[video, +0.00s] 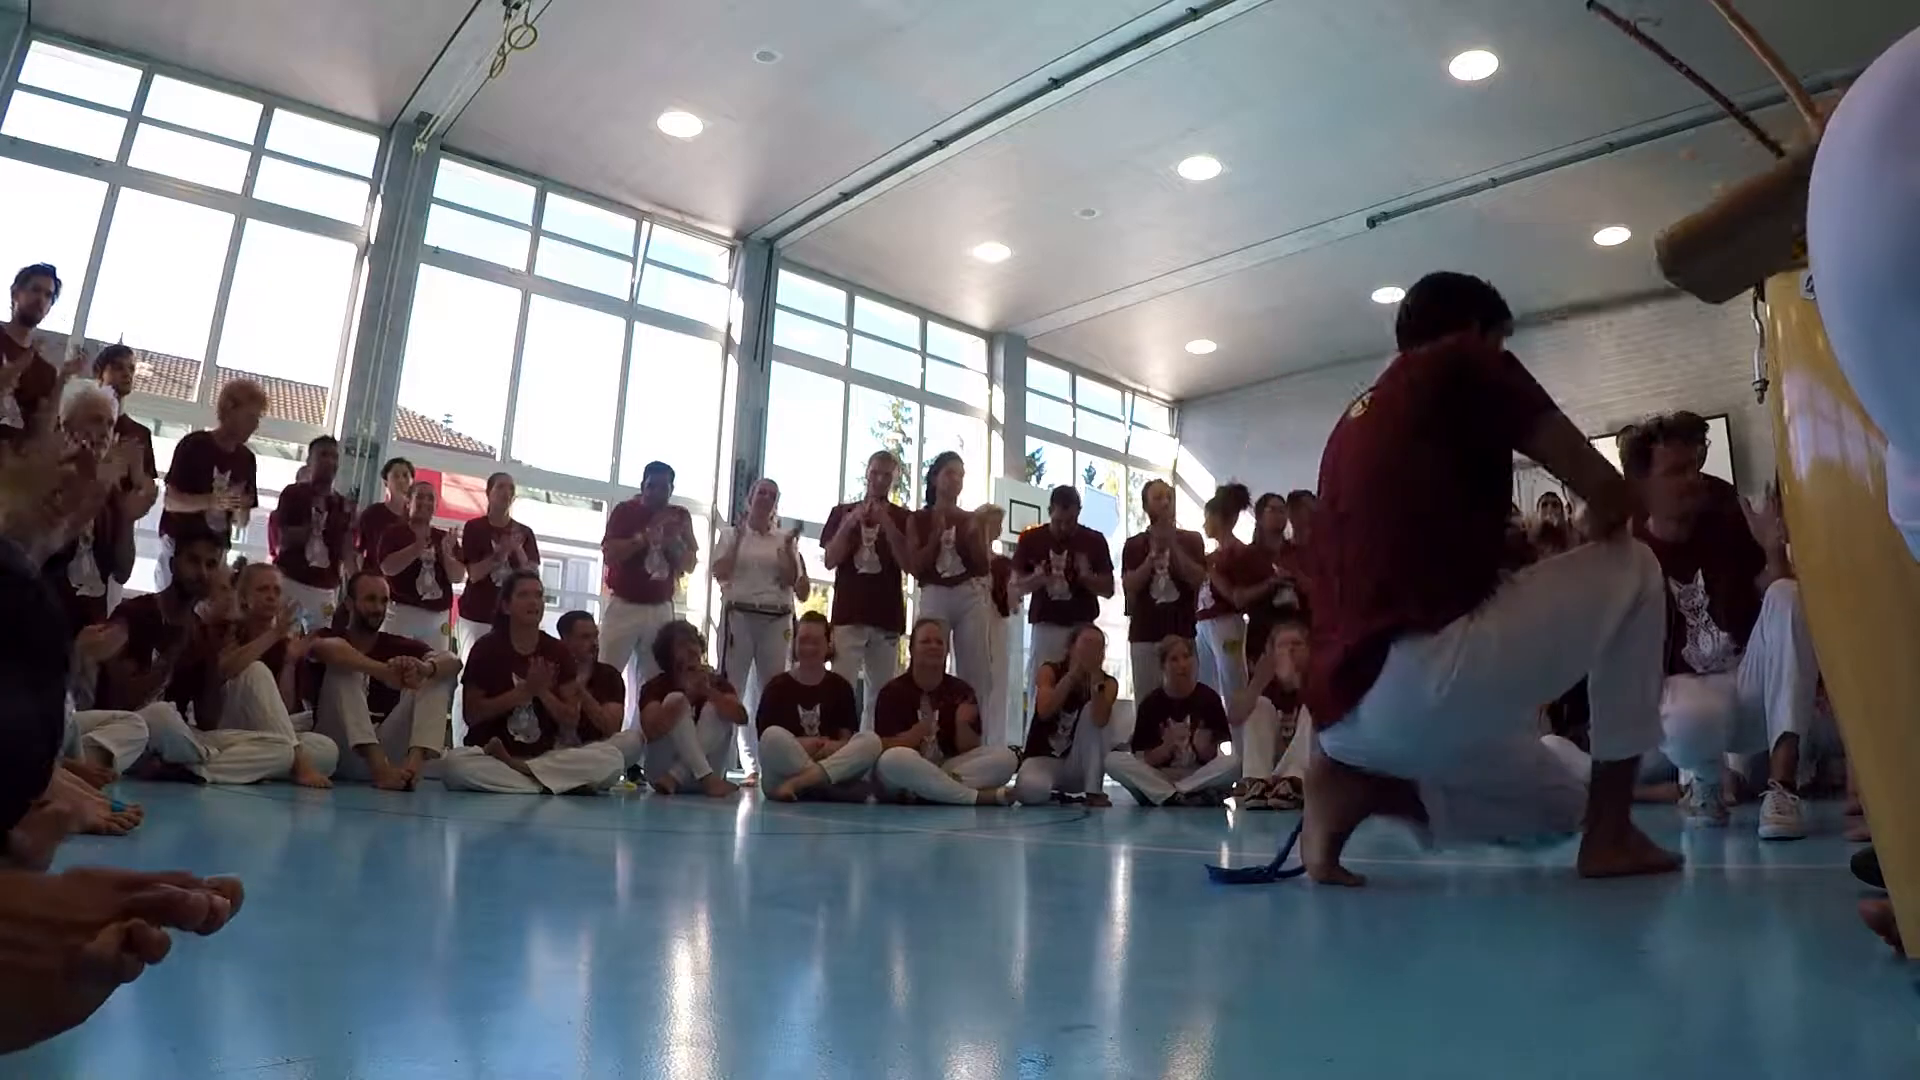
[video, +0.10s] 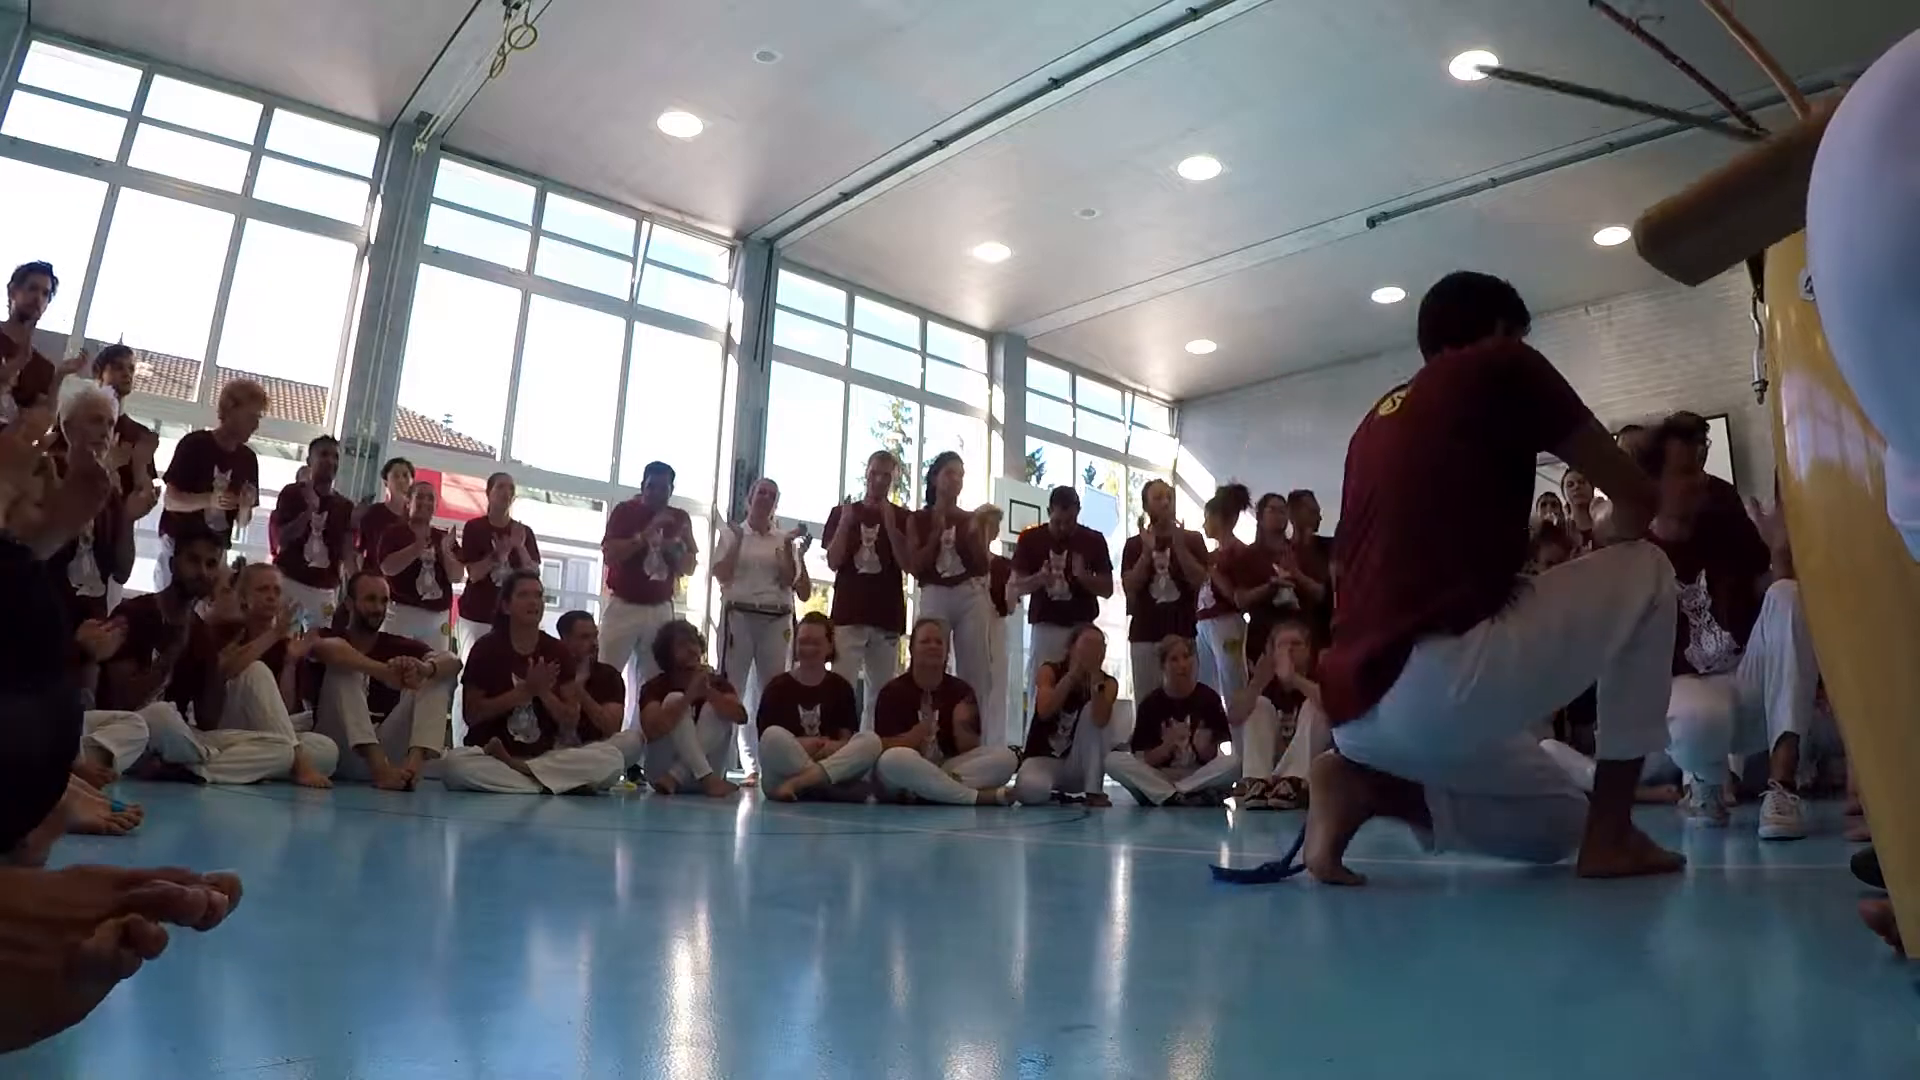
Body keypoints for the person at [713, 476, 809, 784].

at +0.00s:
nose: (765, 499)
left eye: (770, 495)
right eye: (761, 493)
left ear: (776, 502)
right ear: (749, 497)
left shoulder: (785, 540)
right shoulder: (733, 535)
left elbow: (800, 589)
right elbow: (720, 573)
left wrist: (789, 557)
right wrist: (738, 538)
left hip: (776, 617)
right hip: (738, 615)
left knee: (773, 690)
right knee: (731, 689)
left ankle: (770, 763)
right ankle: (723, 763)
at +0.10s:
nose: (765, 498)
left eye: (770, 495)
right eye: (761, 493)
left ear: (776, 502)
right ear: (749, 497)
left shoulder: (784, 540)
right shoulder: (733, 533)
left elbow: (797, 585)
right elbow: (722, 575)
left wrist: (788, 552)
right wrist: (736, 538)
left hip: (777, 617)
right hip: (738, 615)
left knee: (773, 691)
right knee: (730, 690)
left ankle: (769, 763)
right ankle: (722, 763)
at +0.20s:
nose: (764, 499)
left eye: (770, 496)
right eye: (760, 494)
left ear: (776, 503)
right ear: (749, 498)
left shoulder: (785, 538)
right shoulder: (731, 534)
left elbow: (795, 583)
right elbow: (723, 575)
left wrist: (770, 550)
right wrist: (756, 550)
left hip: (776, 619)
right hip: (737, 617)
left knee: (775, 692)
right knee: (730, 691)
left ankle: (774, 763)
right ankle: (726, 765)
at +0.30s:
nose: (764, 499)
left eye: (770, 495)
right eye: (760, 493)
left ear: (775, 502)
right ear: (749, 498)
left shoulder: (784, 538)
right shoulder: (731, 534)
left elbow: (798, 584)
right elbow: (719, 573)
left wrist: (779, 552)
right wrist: (749, 545)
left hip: (776, 618)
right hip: (737, 616)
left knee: (774, 691)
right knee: (730, 690)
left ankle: (772, 763)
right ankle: (725, 765)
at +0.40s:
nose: (765, 499)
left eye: (770, 496)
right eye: (760, 494)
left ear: (775, 503)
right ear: (749, 498)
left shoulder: (783, 538)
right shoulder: (730, 534)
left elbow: (789, 580)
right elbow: (720, 574)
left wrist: (783, 547)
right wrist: (739, 542)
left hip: (776, 617)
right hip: (738, 616)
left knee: (774, 689)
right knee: (730, 689)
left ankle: (769, 761)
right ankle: (723, 762)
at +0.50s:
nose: (764, 499)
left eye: (769, 496)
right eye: (760, 494)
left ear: (776, 503)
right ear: (748, 498)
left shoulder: (785, 539)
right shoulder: (730, 534)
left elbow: (789, 576)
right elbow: (721, 574)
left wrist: (768, 545)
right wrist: (754, 552)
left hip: (776, 617)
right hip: (738, 615)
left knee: (773, 690)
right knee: (730, 689)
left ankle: (770, 762)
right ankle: (725, 763)